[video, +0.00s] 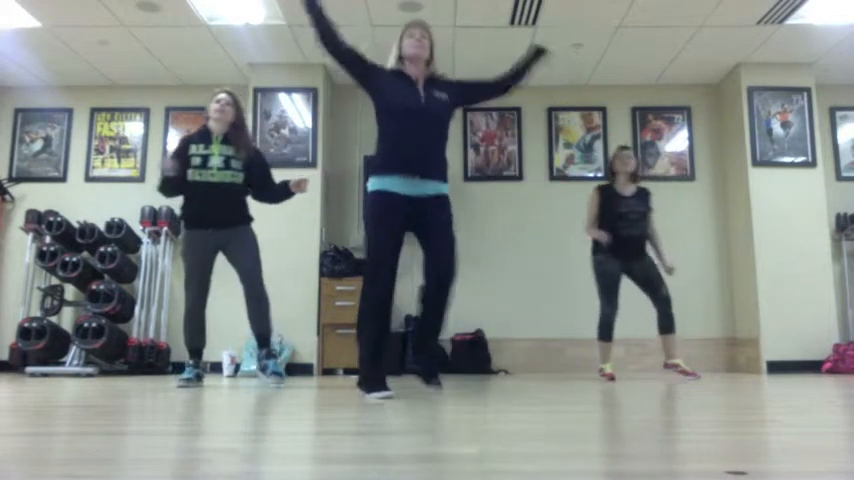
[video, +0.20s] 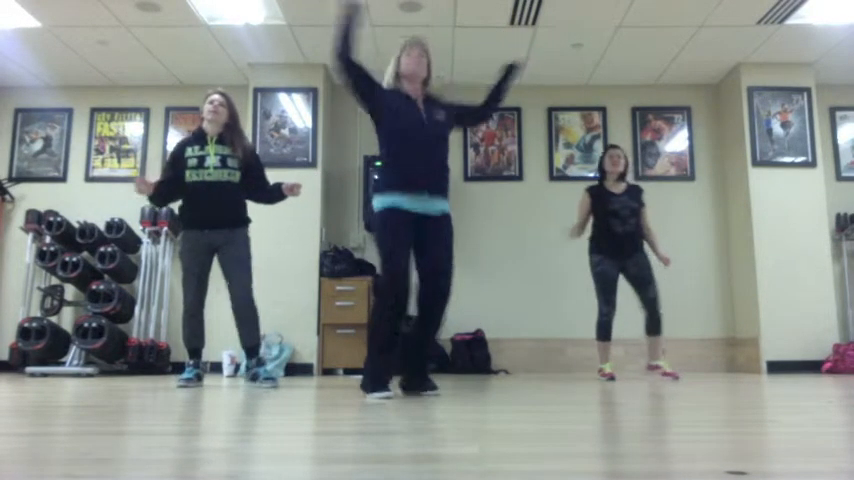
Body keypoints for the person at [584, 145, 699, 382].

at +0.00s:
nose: (625, 161)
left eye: (629, 157)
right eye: (620, 157)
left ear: (636, 164)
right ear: (613, 164)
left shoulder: (643, 193)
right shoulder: (601, 192)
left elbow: (650, 229)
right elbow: (590, 227)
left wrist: (663, 260)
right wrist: (598, 234)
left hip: (636, 255)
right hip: (608, 256)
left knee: (663, 300)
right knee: (609, 308)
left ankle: (671, 359)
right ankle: (605, 364)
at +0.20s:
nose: (616, 161)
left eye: (619, 157)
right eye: (611, 157)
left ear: (626, 163)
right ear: (602, 163)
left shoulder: (635, 192)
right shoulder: (593, 193)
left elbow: (645, 226)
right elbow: (580, 227)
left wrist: (658, 252)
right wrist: (578, 227)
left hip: (633, 254)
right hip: (604, 255)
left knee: (652, 305)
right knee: (607, 309)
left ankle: (655, 360)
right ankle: (604, 364)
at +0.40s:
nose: (616, 161)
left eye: (620, 158)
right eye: (612, 157)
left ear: (626, 164)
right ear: (603, 163)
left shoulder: (635, 191)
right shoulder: (594, 192)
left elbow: (654, 216)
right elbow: (576, 222)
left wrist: (674, 220)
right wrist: (568, 210)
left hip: (635, 255)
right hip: (605, 256)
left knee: (656, 302)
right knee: (607, 309)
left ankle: (658, 359)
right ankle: (604, 364)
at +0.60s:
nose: (629, 161)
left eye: (632, 158)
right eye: (624, 157)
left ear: (637, 164)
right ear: (614, 163)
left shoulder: (645, 187)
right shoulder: (606, 189)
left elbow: (681, 186)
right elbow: (581, 187)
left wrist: (696, 162)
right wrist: (585, 163)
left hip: (647, 253)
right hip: (618, 254)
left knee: (661, 304)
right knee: (617, 308)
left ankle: (649, 361)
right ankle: (606, 363)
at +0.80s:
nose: (643, 164)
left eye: (646, 160)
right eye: (639, 160)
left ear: (649, 164)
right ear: (629, 164)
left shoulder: (653, 184)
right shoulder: (621, 188)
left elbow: (677, 180)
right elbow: (616, 173)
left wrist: (672, 164)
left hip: (658, 250)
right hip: (633, 250)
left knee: (663, 302)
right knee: (654, 298)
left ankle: (650, 361)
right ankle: (630, 354)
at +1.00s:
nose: (662, 152)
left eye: (661, 148)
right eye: (656, 148)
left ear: (637, 152)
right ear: (648, 150)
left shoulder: (649, 172)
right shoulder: (641, 171)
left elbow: (664, 156)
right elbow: (658, 147)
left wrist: (646, 129)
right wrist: (657, 134)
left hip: (641, 240)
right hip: (648, 240)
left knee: (659, 297)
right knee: (664, 297)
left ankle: (649, 356)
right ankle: (660, 360)